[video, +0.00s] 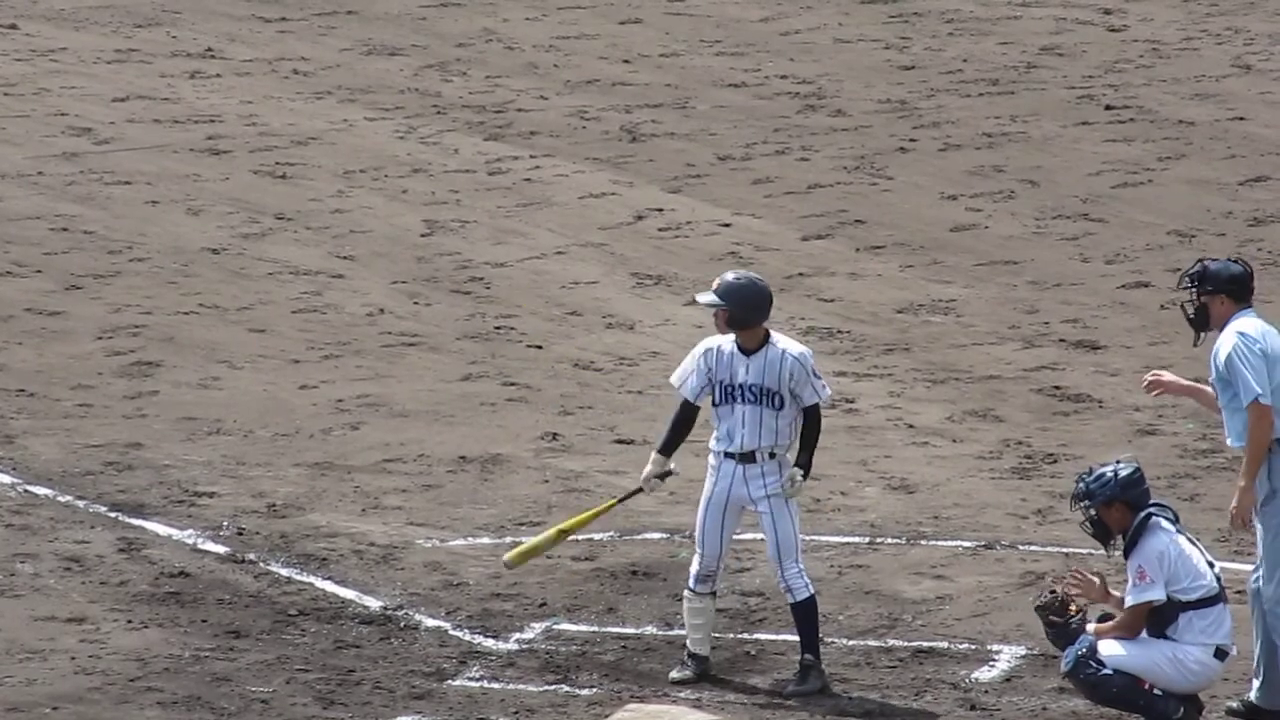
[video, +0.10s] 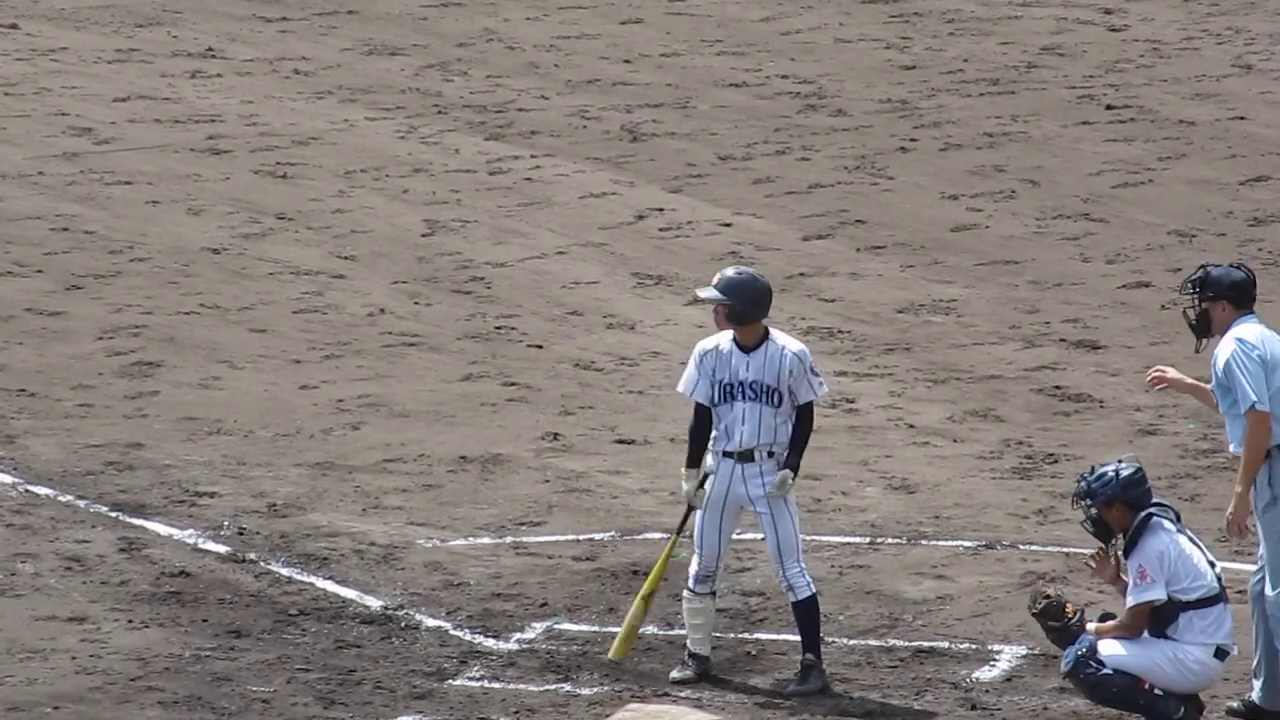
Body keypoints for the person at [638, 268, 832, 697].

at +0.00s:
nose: (712, 314)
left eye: (719, 309)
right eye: (714, 307)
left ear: (742, 315)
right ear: (741, 315)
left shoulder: (793, 359)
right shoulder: (711, 354)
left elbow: (811, 413)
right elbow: (687, 409)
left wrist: (802, 465)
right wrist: (660, 456)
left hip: (772, 472)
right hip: (722, 471)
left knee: (790, 570)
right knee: (704, 564)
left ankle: (811, 665)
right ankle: (696, 658)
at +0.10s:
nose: (714, 310)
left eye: (721, 305)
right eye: (714, 303)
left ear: (742, 310)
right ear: (732, 308)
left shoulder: (792, 355)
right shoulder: (709, 353)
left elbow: (805, 414)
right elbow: (701, 417)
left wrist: (791, 466)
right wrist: (692, 474)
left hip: (769, 471)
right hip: (719, 469)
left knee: (791, 568)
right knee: (704, 565)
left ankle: (812, 665)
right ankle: (697, 657)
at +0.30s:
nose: (711, 305)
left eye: (719, 300)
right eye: (713, 298)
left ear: (742, 306)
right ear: (730, 304)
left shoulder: (790, 353)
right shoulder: (707, 353)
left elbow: (794, 415)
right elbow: (719, 413)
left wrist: (783, 467)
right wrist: (743, 456)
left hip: (770, 470)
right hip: (722, 468)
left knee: (791, 567)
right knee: (704, 563)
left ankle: (812, 665)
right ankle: (697, 658)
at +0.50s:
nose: (713, 303)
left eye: (722, 297)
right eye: (713, 295)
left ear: (746, 302)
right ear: (722, 299)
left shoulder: (789, 349)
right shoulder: (706, 350)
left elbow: (796, 412)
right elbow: (715, 404)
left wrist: (778, 413)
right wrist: (742, 414)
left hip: (766, 471)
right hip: (719, 469)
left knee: (790, 567)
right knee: (704, 566)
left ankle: (812, 666)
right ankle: (696, 659)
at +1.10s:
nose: (740, 294)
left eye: (749, 287)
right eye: (735, 287)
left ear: (766, 294)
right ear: (727, 293)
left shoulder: (787, 339)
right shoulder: (710, 342)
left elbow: (786, 376)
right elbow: (697, 383)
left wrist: (733, 364)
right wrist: (710, 383)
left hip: (763, 467)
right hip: (716, 466)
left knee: (791, 567)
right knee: (703, 564)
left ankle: (812, 663)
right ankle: (698, 655)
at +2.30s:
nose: (706, 308)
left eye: (712, 302)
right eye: (707, 301)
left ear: (733, 307)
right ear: (737, 308)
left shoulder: (767, 353)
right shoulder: (716, 351)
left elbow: (722, 400)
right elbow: (681, 402)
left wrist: (670, 376)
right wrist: (656, 395)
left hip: (752, 477)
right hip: (714, 474)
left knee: (758, 583)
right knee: (696, 570)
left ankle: (802, 668)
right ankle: (687, 659)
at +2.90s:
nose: (726, 312)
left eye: (733, 306)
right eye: (728, 305)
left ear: (753, 312)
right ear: (756, 311)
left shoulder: (802, 349)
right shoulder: (728, 354)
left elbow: (780, 387)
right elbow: (715, 415)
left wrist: (731, 360)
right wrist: (716, 394)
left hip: (779, 474)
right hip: (733, 470)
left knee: (780, 576)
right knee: (700, 565)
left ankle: (801, 664)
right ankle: (686, 651)